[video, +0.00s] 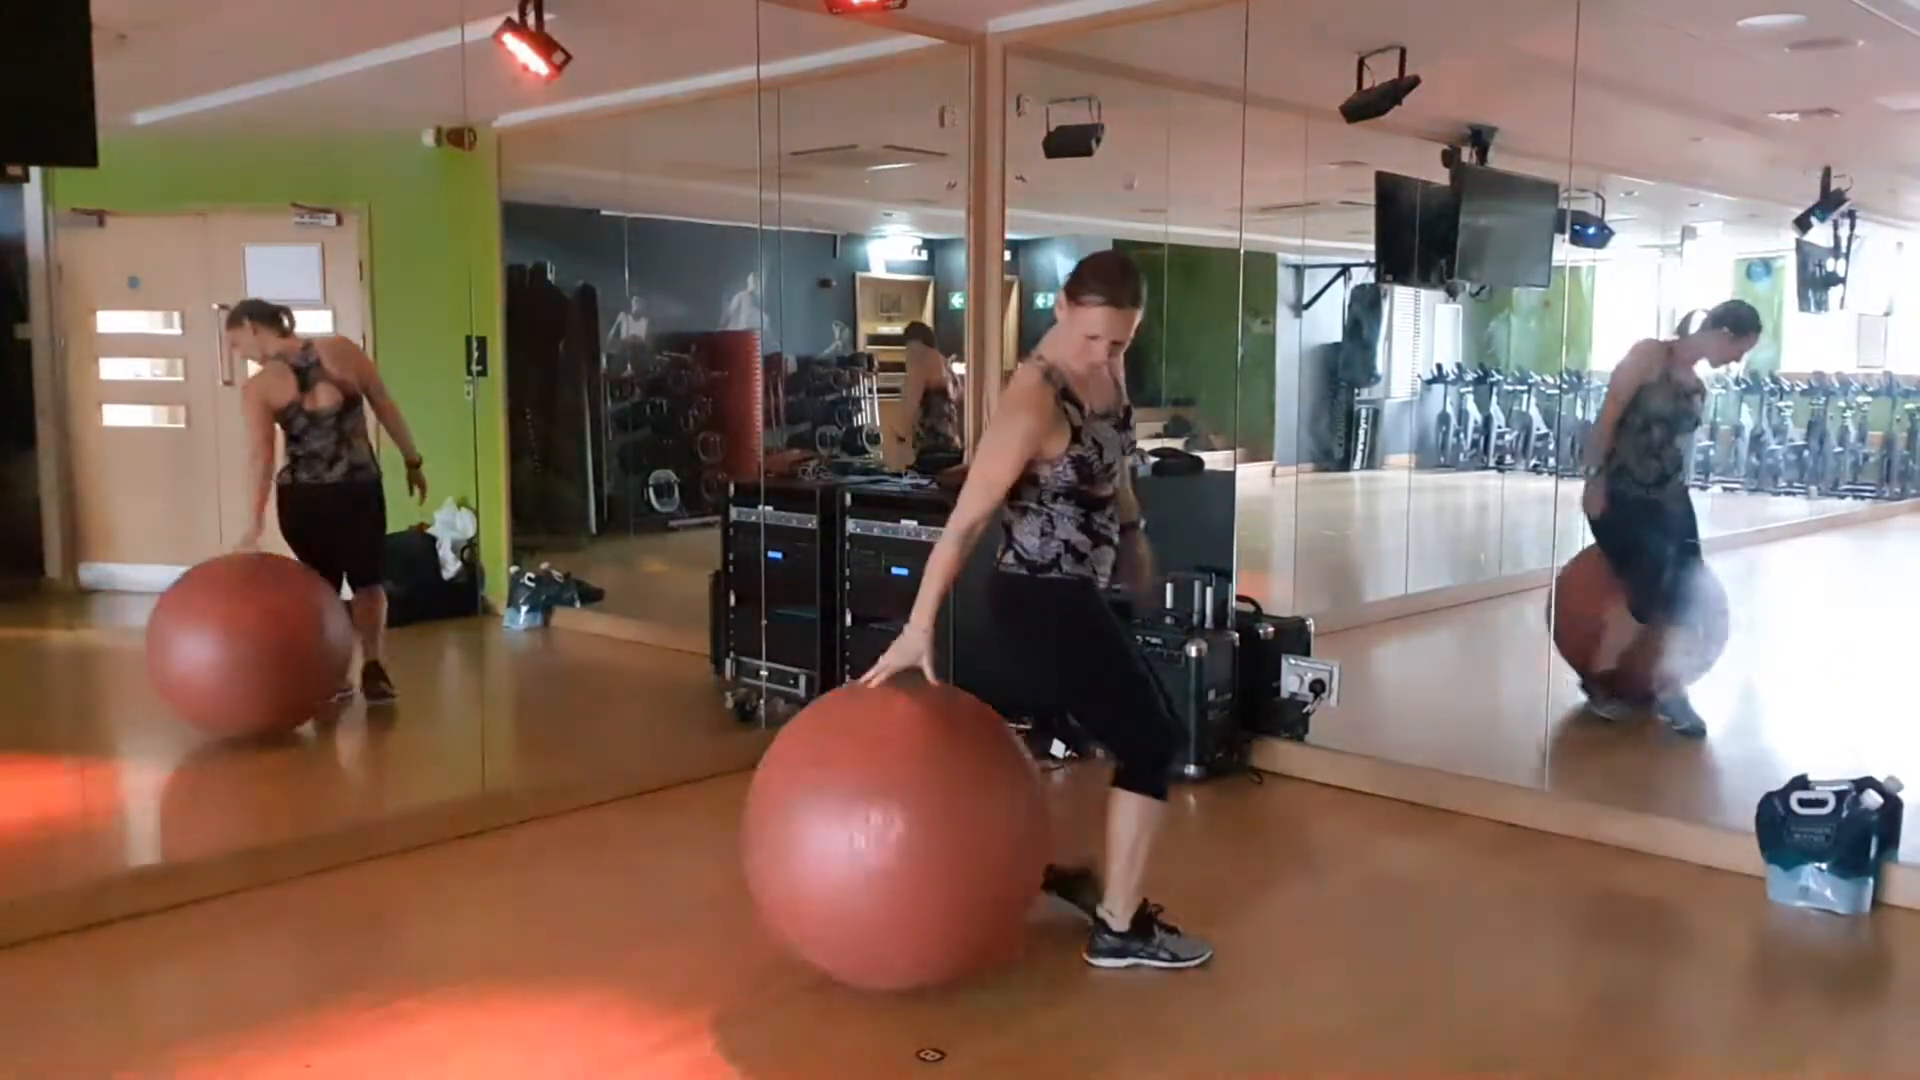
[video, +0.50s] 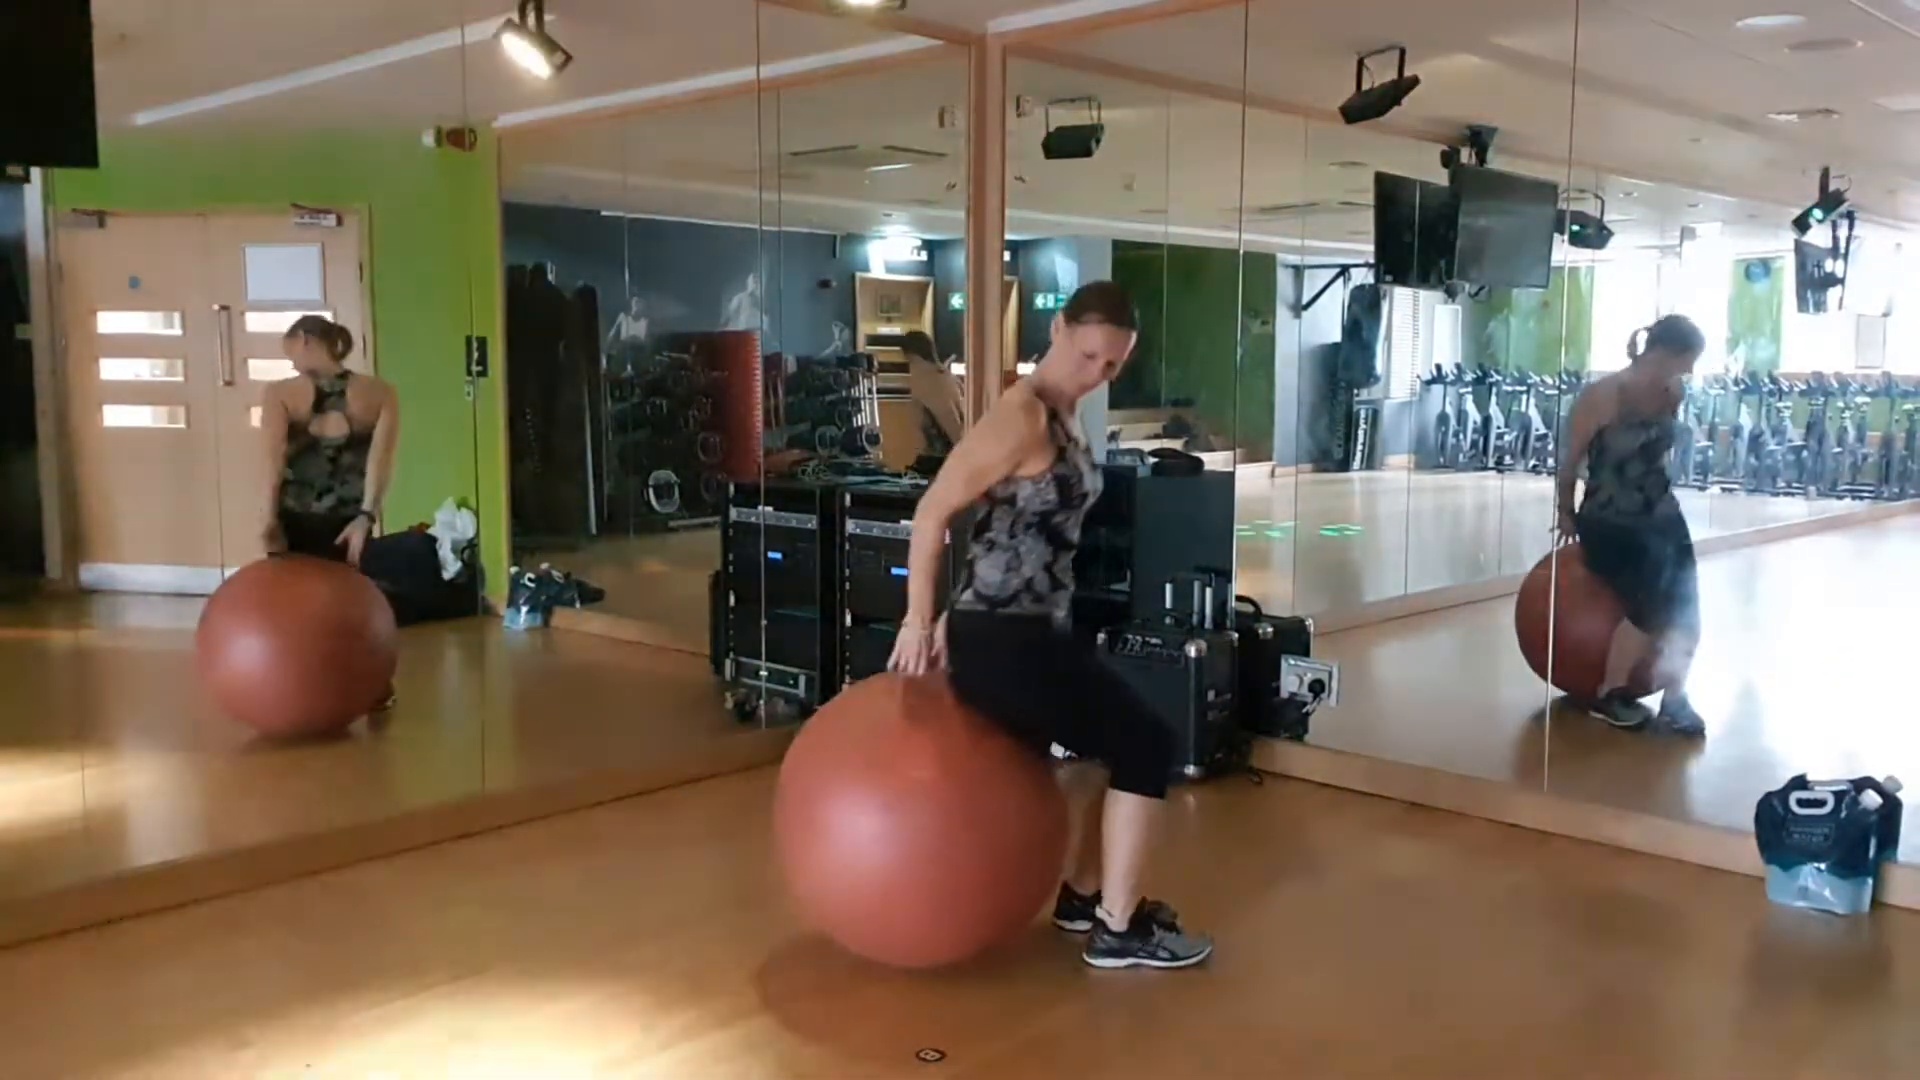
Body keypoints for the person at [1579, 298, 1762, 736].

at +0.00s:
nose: (1736, 361)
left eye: (1742, 353)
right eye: (1739, 350)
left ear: (1723, 336)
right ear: (1722, 332)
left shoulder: (1695, 384)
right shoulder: (1648, 354)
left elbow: (1670, 444)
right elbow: (1610, 413)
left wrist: (1676, 496)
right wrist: (1593, 477)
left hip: (1670, 495)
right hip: (1623, 490)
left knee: (1680, 590)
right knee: (1657, 589)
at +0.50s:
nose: (1682, 376)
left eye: (1686, 369)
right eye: (1680, 367)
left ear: (1681, 360)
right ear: (1658, 355)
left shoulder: (1672, 395)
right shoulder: (1602, 395)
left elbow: (1651, 452)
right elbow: (1571, 457)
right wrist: (1565, 510)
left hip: (1660, 511)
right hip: (1608, 513)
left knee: (1685, 606)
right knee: (1653, 598)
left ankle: (1673, 698)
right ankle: (1612, 693)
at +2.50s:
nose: (1680, 376)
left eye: (1678, 368)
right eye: (1672, 369)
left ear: (1660, 375)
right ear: (1644, 373)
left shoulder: (1679, 430)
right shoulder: (1601, 425)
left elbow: (1666, 493)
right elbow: (1567, 485)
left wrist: (1650, 539)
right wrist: (1550, 543)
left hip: (1645, 549)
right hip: (1593, 546)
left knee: (1689, 603)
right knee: (1650, 592)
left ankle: (1698, 701)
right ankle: (1634, 697)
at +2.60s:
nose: (1673, 393)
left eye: (1673, 386)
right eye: (1665, 386)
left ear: (1661, 390)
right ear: (1636, 386)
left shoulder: (1674, 438)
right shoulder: (1595, 437)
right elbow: (1555, 491)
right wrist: (1543, 547)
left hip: (1637, 558)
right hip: (1584, 556)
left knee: (1683, 594)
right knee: (1646, 591)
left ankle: (1698, 702)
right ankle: (1635, 697)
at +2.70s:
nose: (1669, 395)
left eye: (1670, 388)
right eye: (1663, 387)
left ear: (1653, 392)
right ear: (1636, 387)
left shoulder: (1667, 440)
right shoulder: (1589, 439)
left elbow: (1646, 496)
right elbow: (1551, 493)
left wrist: (1636, 547)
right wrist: (1538, 548)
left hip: (1633, 556)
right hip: (1582, 554)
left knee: (1676, 592)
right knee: (1638, 591)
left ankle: (1699, 701)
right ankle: (1634, 699)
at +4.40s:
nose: (1646, 396)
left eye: (1651, 388)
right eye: (1638, 387)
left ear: (1655, 391)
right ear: (1613, 387)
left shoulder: (1666, 435)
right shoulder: (1581, 437)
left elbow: (1667, 494)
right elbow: (1548, 494)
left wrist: (1664, 539)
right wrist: (1562, 550)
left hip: (1660, 547)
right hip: (1608, 552)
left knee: (1697, 595)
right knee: (1668, 602)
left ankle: (1683, 685)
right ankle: (1695, 695)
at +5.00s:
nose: (1644, 421)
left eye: (1647, 413)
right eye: (1635, 413)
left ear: (1649, 417)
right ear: (1609, 413)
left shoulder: (1665, 461)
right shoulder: (1581, 466)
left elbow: (1677, 522)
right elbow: (1557, 527)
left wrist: (1686, 559)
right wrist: (1588, 570)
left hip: (1679, 563)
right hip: (1630, 574)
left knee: (1723, 576)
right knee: (1712, 607)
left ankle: (1744, 689)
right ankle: (1715, 717)